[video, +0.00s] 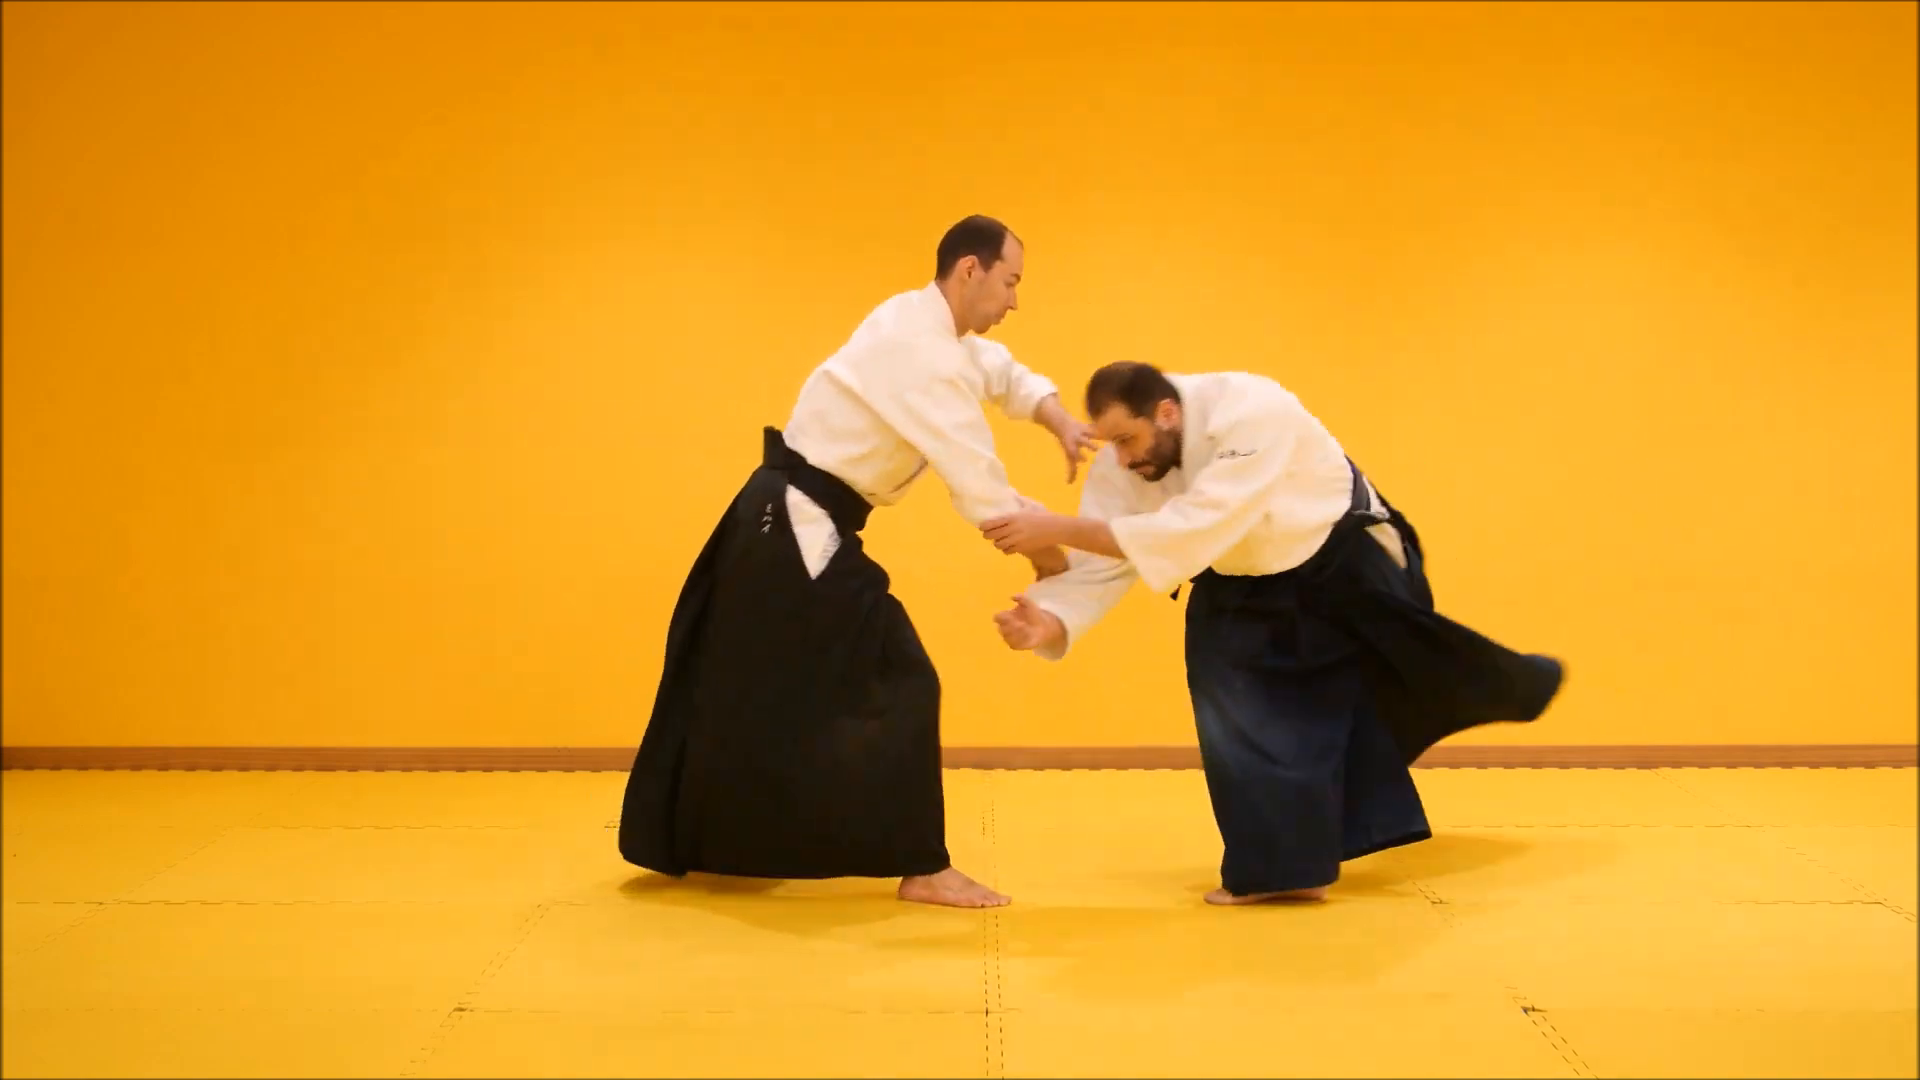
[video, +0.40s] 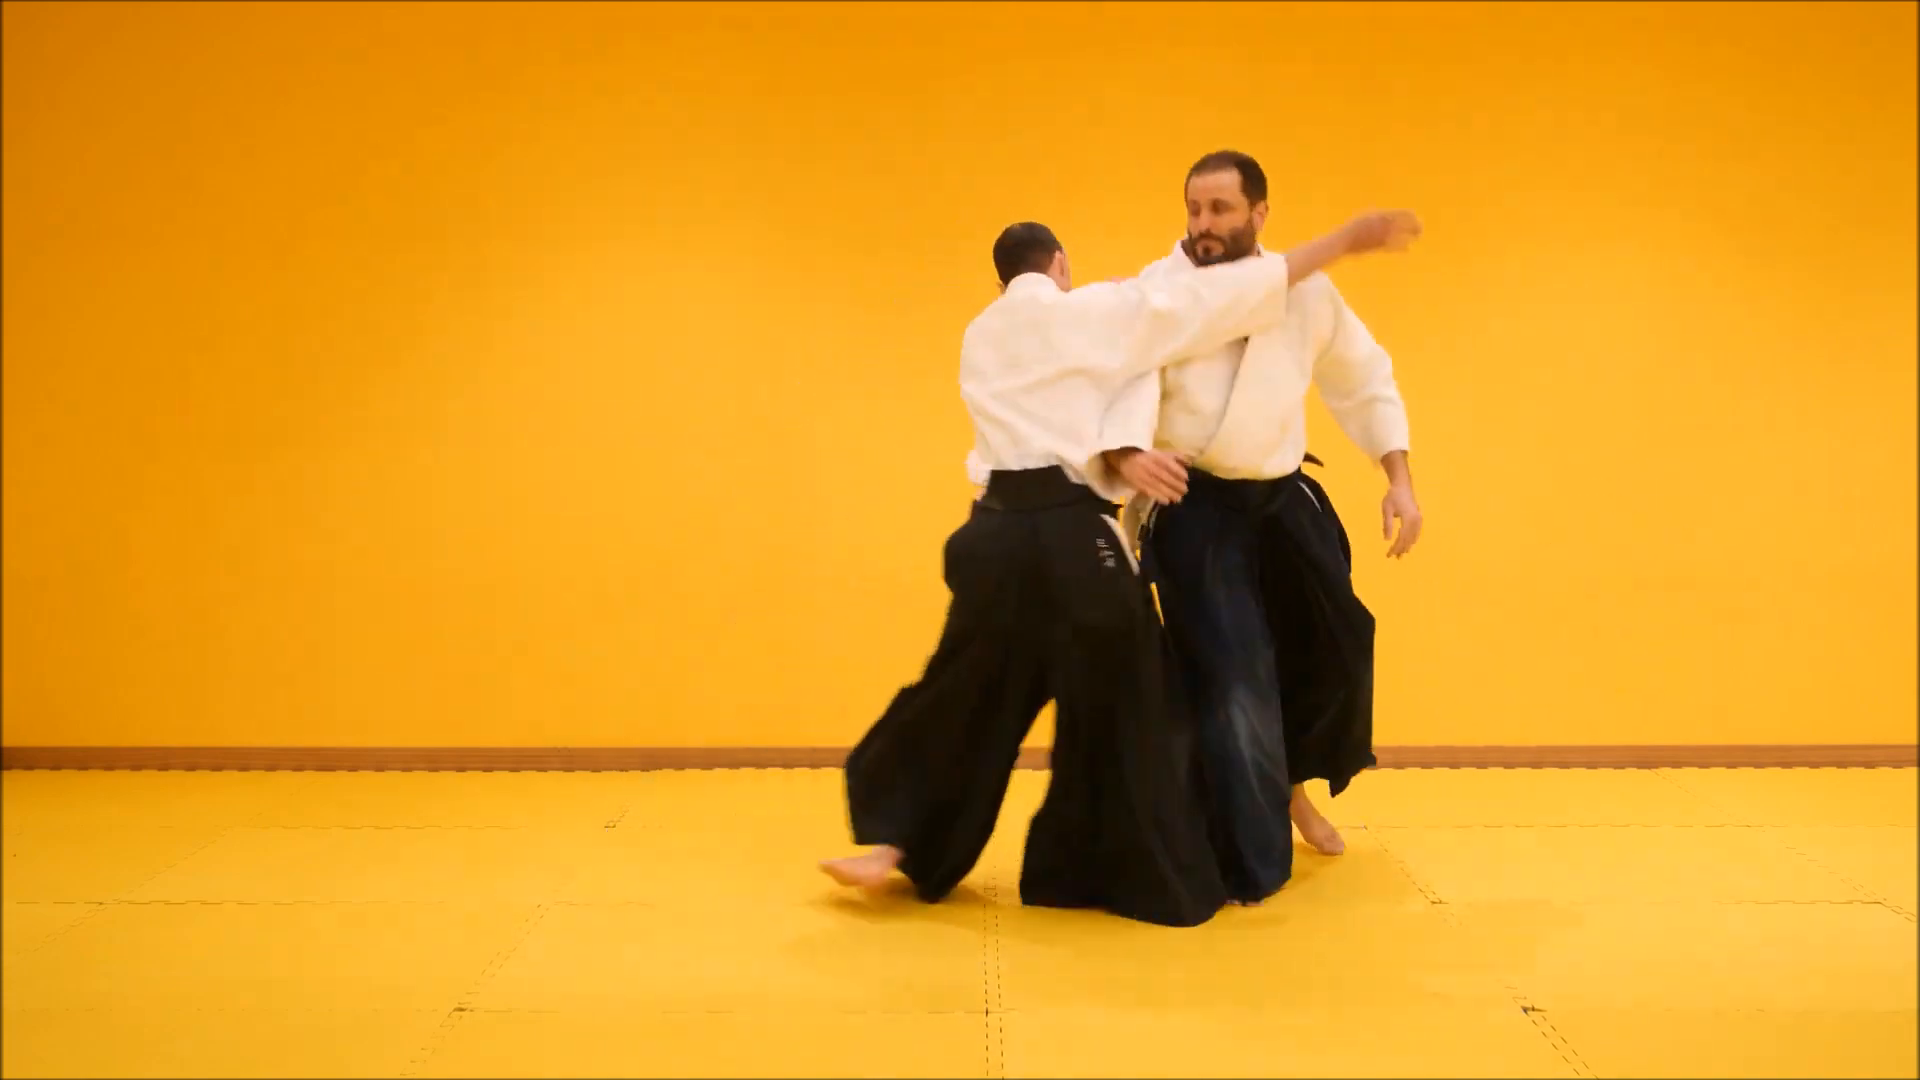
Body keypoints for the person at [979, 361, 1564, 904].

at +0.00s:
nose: (1115, 458)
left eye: (1122, 442)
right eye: (1106, 447)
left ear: (1165, 416)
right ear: (1099, 438)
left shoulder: (1256, 418)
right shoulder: (1116, 466)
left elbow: (1189, 528)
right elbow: (1097, 558)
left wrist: (1063, 532)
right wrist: (1046, 618)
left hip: (1334, 555)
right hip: (1234, 578)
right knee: (1236, 716)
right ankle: (1275, 867)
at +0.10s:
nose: (1214, 402)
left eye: (1228, 386)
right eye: (1205, 385)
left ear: (1268, 373)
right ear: (1195, 374)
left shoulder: (1323, 401)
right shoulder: (1185, 417)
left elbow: (1304, 501)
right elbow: (1133, 512)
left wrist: (1174, 512)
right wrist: (1097, 594)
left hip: (1306, 574)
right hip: (1214, 578)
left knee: (1331, 707)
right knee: (1217, 710)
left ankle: (1307, 838)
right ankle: (1255, 862)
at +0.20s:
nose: (1260, 345)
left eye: (1279, 330)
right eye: (1249, 327)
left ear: (1310, 325)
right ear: (1234, 318)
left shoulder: (1344, 380)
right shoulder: (1200, 384)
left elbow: (1401, 466)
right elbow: (1128, 481)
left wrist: (1339, 517)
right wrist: (1122, 564)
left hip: (1297, 560)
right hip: (1209, 556)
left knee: (1314, 660)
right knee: (1221, 694)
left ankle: (1292, 785)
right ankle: (1250, 857)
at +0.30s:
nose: (1243, 276)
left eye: (1260, 263)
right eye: (1232, 261)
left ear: (1290, 268)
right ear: (1216, 259)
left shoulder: (1323, 337)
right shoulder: (1170, 334)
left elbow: (1387, 416)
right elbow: (1129, 420)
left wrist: (1413, 517)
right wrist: (1139, 515)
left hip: (1286, 527)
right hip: (1199, 527)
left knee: (1321, 647)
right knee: (1226, 687)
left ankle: (1300, 761)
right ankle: (1249, 872)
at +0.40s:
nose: (1204, 223)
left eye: (1220, 208)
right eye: (1194, 209)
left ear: (1259, 212)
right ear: (1184, 213)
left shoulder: (1306, 291)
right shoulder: (1154, 294)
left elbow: (1364, 373)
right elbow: (1124, 385)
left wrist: (1398, 473)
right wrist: (1128, 453)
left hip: (1283, 500)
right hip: (1194, 504)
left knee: (1334, 641)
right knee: (1232, 672)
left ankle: (1289, 777)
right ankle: (1248, 861)